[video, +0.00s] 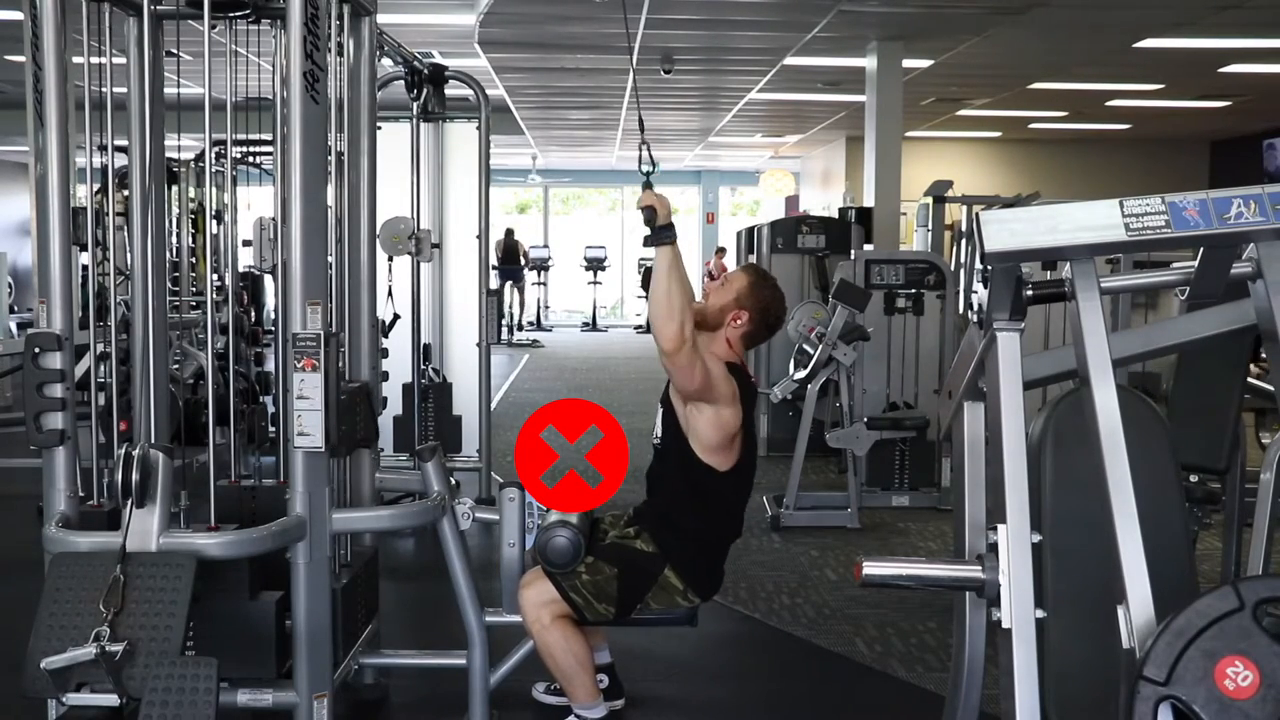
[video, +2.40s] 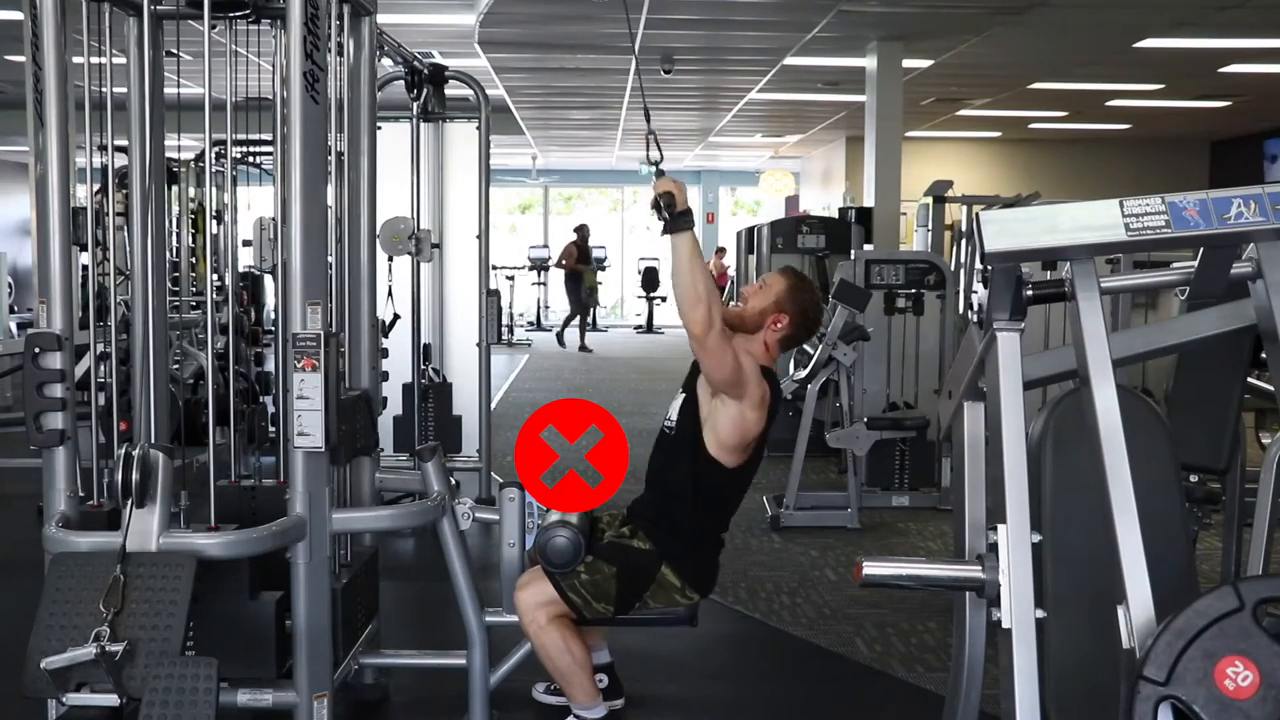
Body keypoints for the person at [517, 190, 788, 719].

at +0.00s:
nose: (712, 283)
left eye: (723, 282)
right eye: (721, 277)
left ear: (736, 318)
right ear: (737, 323)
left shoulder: (712, 384)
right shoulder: (717, 365)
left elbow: (674, 336)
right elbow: (688, 324)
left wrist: (663, 231)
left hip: (676, 562)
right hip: (659, 532)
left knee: (537, 596)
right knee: (555, 547)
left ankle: (589, 709)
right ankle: (595, 672)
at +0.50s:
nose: (716, 287)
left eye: (729, 288)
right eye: (726, 282)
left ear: (742, 325)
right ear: (743, 327)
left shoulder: (735, 391)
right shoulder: (720, 368)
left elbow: (704, 430)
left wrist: (687, 325)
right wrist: (721, 286)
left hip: (680, 559)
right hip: (660, 529)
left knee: (539, 594)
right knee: (555, 545)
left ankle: (590, 712)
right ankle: (596, 675)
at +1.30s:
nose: (712, 283)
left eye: (725, 283)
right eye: (721, 277)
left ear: (740, 318)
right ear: (741, 321)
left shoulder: (722, 384)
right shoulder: (717, 362)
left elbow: (688, 350)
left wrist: (671, 243)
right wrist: (710, 293)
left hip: (677, 561)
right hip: (654, 524)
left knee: (538, 596)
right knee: (556, 545)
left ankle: (588, 710)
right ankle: (595, 673)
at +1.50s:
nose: (708, 276)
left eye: (722, 277)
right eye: (717, 271)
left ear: (736, 316)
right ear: (735, 318)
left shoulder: (714, 375)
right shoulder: (706, 360)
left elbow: (676, 312)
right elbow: (679, 307)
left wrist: (659, 209)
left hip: (675, 565)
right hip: (655, 534)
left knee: (536, 596)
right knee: (553, 545)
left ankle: (589, 709)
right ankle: (594, 671)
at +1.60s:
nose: (708, 269)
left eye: (721, 272)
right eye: (719, 266)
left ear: (732, 314)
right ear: (733, 316)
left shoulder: (707, 369)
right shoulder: (702, 356)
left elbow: (671, 293)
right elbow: (672, 290)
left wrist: (657, 192)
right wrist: (656, 201)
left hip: (674, 564)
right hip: (657, 537)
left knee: (536, 596)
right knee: (553, 544)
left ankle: (590, 710)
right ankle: (593, 671)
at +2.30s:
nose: (722, 280)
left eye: (738, 280)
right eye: (733, 273)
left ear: (754, 315)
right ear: (755, 318)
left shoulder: (723, 367)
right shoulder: (720, 354)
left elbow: (683, 291)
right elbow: (687, 289)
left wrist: (665, 192)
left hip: (671, 560)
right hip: (653, 533)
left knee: (533, 597)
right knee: (555, 545)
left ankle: (589, 710)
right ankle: (594, 671)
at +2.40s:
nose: (744, 287)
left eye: (758, 288)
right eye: (755, 282)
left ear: (774, 325)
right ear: (774, 327)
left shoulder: (743, 381)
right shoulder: (738, 362)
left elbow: (700, 322)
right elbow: (715, 329)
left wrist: (677, 216)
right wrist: (713, 286)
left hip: (671, 561)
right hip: (649, 530)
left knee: (532, 597)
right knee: (552, 547)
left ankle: (591, 713)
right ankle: (594, 671)